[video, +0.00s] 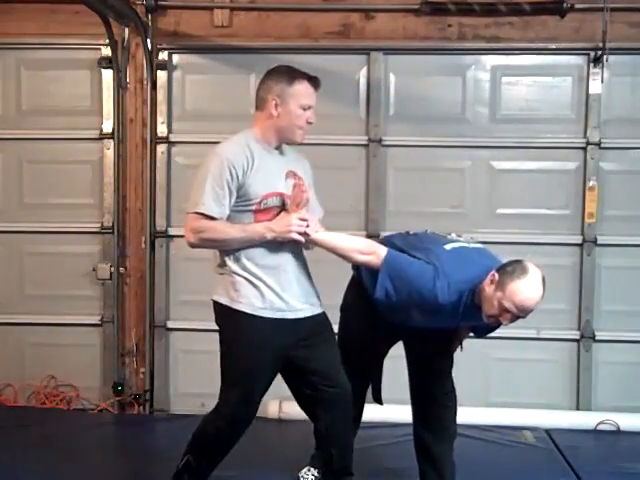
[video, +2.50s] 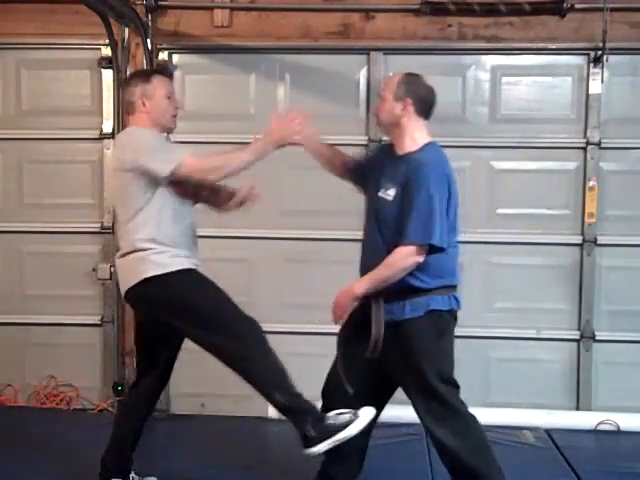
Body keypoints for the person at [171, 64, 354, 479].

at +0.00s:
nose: (311, 119)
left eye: (312, 109)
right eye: (304, 108)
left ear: (279, 108)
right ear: (273, 105)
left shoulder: (298, 164)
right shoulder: (231, 154)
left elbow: (311, 235)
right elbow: (196, 231)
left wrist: (301, 214)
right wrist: (270, 230)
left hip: (303, 311)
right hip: (249, 311)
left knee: (336, 399)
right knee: (235, 412)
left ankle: (334, 475)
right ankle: (186, 476)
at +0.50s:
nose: (250, 99)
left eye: (250, 90)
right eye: (241, 89)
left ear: (218, 93)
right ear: (209, 91)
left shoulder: (232, 144)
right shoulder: (184, 146)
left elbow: (236, 215)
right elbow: (167, 230)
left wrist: (263, 234)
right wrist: (238, 246)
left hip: (242, 291)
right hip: (199, 293)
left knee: (273, 382)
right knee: (199, 404)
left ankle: (274, 474)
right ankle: (178, 474)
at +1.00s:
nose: (227, 104)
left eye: (226, 95)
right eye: (221, 95)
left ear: (193, 98)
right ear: (193, 96)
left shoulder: (192, 147)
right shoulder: (173, 147)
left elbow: (200, 216)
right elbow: (167, 228)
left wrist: (242, 217)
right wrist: (220, 278)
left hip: (183, 281)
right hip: (172, 282)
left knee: (171, 375)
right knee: (193, 380)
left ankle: (141, 463)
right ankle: (181, 472)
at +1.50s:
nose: (207, 104)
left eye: (206, 96)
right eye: (200, 96)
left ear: (178, 98)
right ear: (174, 97)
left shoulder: (181, 152)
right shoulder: (145, 144)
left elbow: (196, 219)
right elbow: (142, 222)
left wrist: (240, 221)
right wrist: (181, 279)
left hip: (168, 279)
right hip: (144, 277)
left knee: (161, 371)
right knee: (151, 372)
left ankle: (142, 458)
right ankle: (133, 463)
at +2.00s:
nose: (176, 96)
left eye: (174, 88)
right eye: (167, 89)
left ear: (149, 96)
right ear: (140, 96)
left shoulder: (158, 146)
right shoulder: (120, 147)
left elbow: (161, 221)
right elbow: (111, 229)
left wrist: (178, 278)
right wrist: (134, 295)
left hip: (160, 287)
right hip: (131, 288)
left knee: (157, 376)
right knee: (130, 380)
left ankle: (121, 462)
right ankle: (116, 468)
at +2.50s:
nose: (177, 105)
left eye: (175, 97)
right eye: (169, 97)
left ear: (143, 104)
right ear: (141, 102)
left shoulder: (145, 145)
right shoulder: (137, 141)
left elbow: (188, 188)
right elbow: (196, 170)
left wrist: (226, 198)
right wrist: (265, 143)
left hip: (156, 272)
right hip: (159, 271)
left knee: (150, 377)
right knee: (243, 335)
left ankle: (115, 470)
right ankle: (311, 425)